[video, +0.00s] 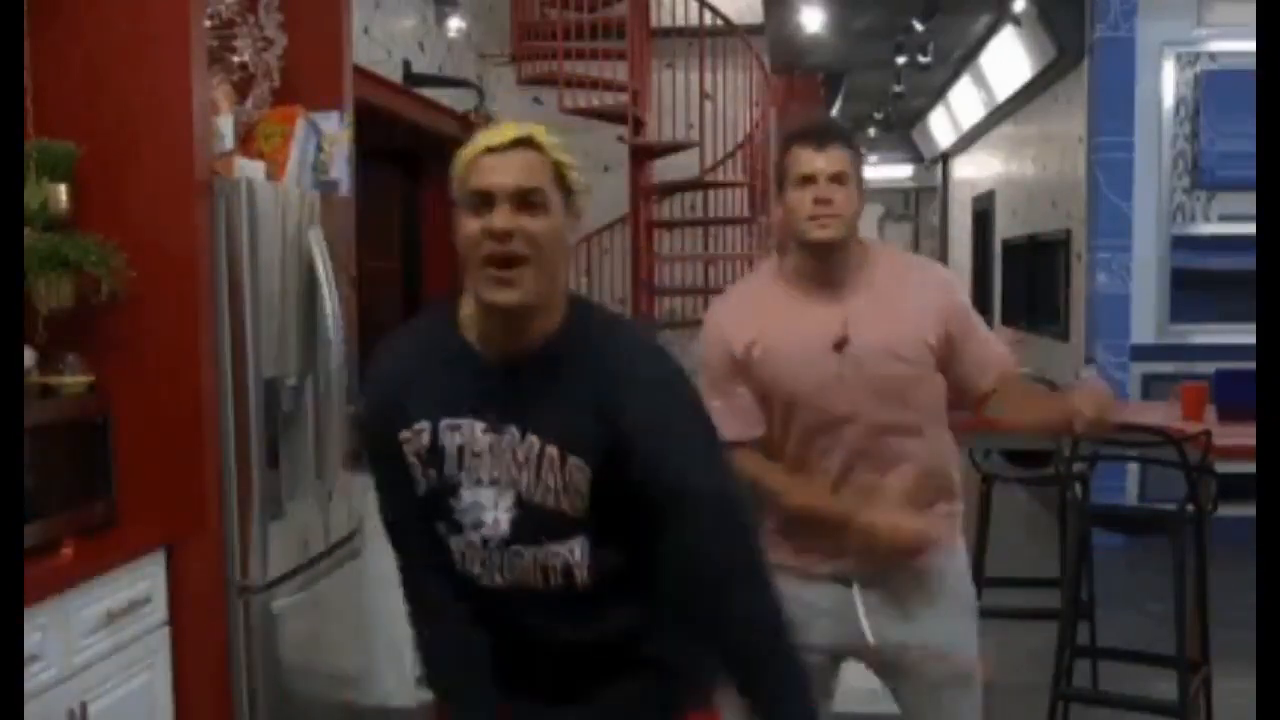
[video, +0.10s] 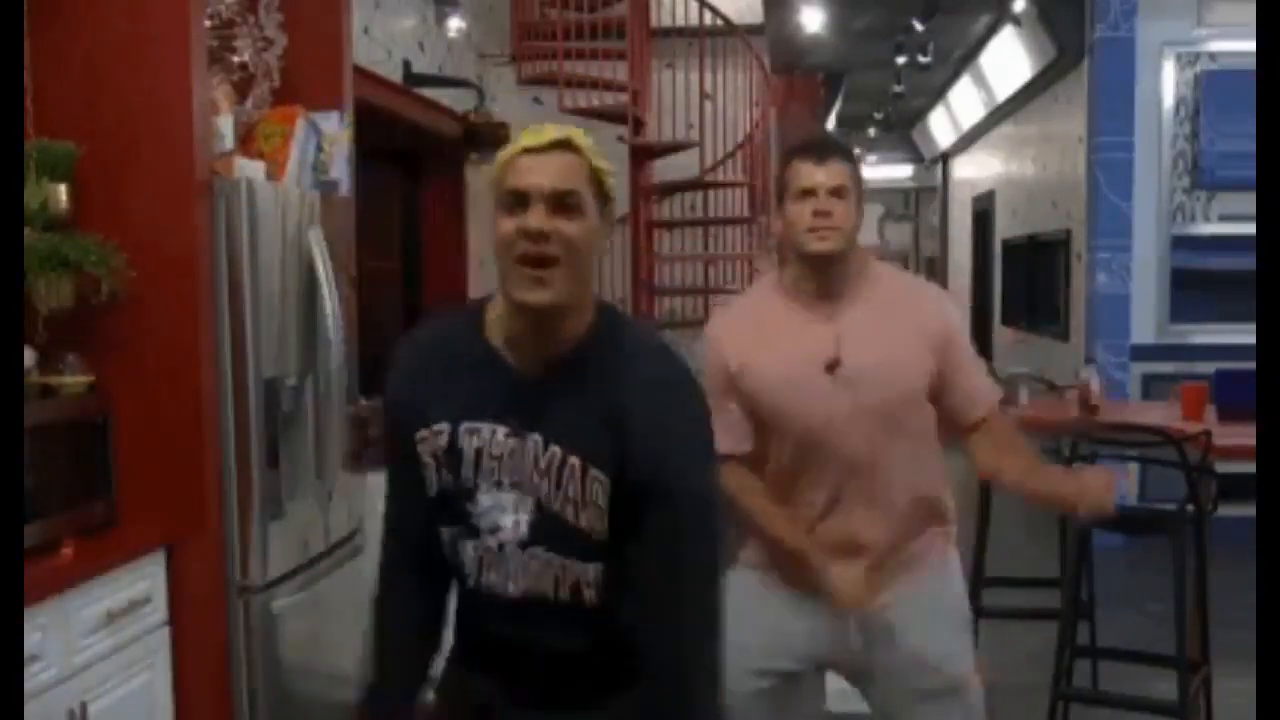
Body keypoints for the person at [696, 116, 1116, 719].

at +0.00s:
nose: (823, 195)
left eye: (838, 180)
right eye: (805, 182)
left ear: (860, 195)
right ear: (780, 203)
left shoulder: (927, 287)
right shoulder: (737, 316)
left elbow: (993, 390)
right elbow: (736, 454)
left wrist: (1067, 409)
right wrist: (855, 516)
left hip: (925, 573)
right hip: (797, 575)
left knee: (952, 711)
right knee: (778, 713)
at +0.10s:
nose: (822, 208)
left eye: (838, 195)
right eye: (804, 196)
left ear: (860, 211)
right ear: (779, 217)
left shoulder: (925, 309)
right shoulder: (733, 329)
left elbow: (985, 430)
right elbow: (727, 463)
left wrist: (1065, 487)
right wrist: (814, 556)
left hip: (912, 571)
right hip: (776, 572)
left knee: (947, 705)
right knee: (742, 703)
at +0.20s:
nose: (791, 195)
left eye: (807, 183)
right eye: (775, 184)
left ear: (830, 201)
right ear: (751, 203)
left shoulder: (883, 300)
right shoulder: (694, 309)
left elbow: (933, 426)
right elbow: (657, 443)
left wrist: (946, 555)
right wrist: (676, 551)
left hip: (869, 580)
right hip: (738, 580)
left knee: (895, 706)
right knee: (719, 709)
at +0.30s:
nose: (766, 190)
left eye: (781, 177)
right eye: (750, 177)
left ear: (805, 196)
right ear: (728, 193)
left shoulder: (850, 292)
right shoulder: (667, 289)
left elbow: (894, 421)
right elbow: (621, 417)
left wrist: (859, 529)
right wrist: (629, 542)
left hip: (825, 575)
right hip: (695, 577)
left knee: (883, 709)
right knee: (678, 712)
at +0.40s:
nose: (716, 209)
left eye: (731, 196)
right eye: (701, 197)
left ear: (754, 211)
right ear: (681, 213)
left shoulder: (806, 325)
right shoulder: (625, 300)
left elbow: (808, 461)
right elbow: (554, 388)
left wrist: (749, 464)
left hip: (771, 579)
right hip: (646, 579)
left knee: (819, 707)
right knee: (634, 711)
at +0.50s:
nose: (698, 206)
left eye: (712, 192)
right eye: (682, 195)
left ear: (739, 207)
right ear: (662, 212)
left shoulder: (790, 311)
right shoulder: (616, 287)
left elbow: (796, 450)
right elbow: (534, 344)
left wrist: (713, 440)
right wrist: (475, 321)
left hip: (757, 562)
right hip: (635, 558)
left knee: (797, 707)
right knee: (610, 710)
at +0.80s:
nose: (660, 240)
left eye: (672, 224)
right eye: (643, 231)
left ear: (699, 231)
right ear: (629, 247)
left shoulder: (775, 318)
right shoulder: (602, 328)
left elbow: (794, 446)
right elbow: (523, 386)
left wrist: (712, 524)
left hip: (757, 531)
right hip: (641, 532)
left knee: (813, 683)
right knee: (607, 697)